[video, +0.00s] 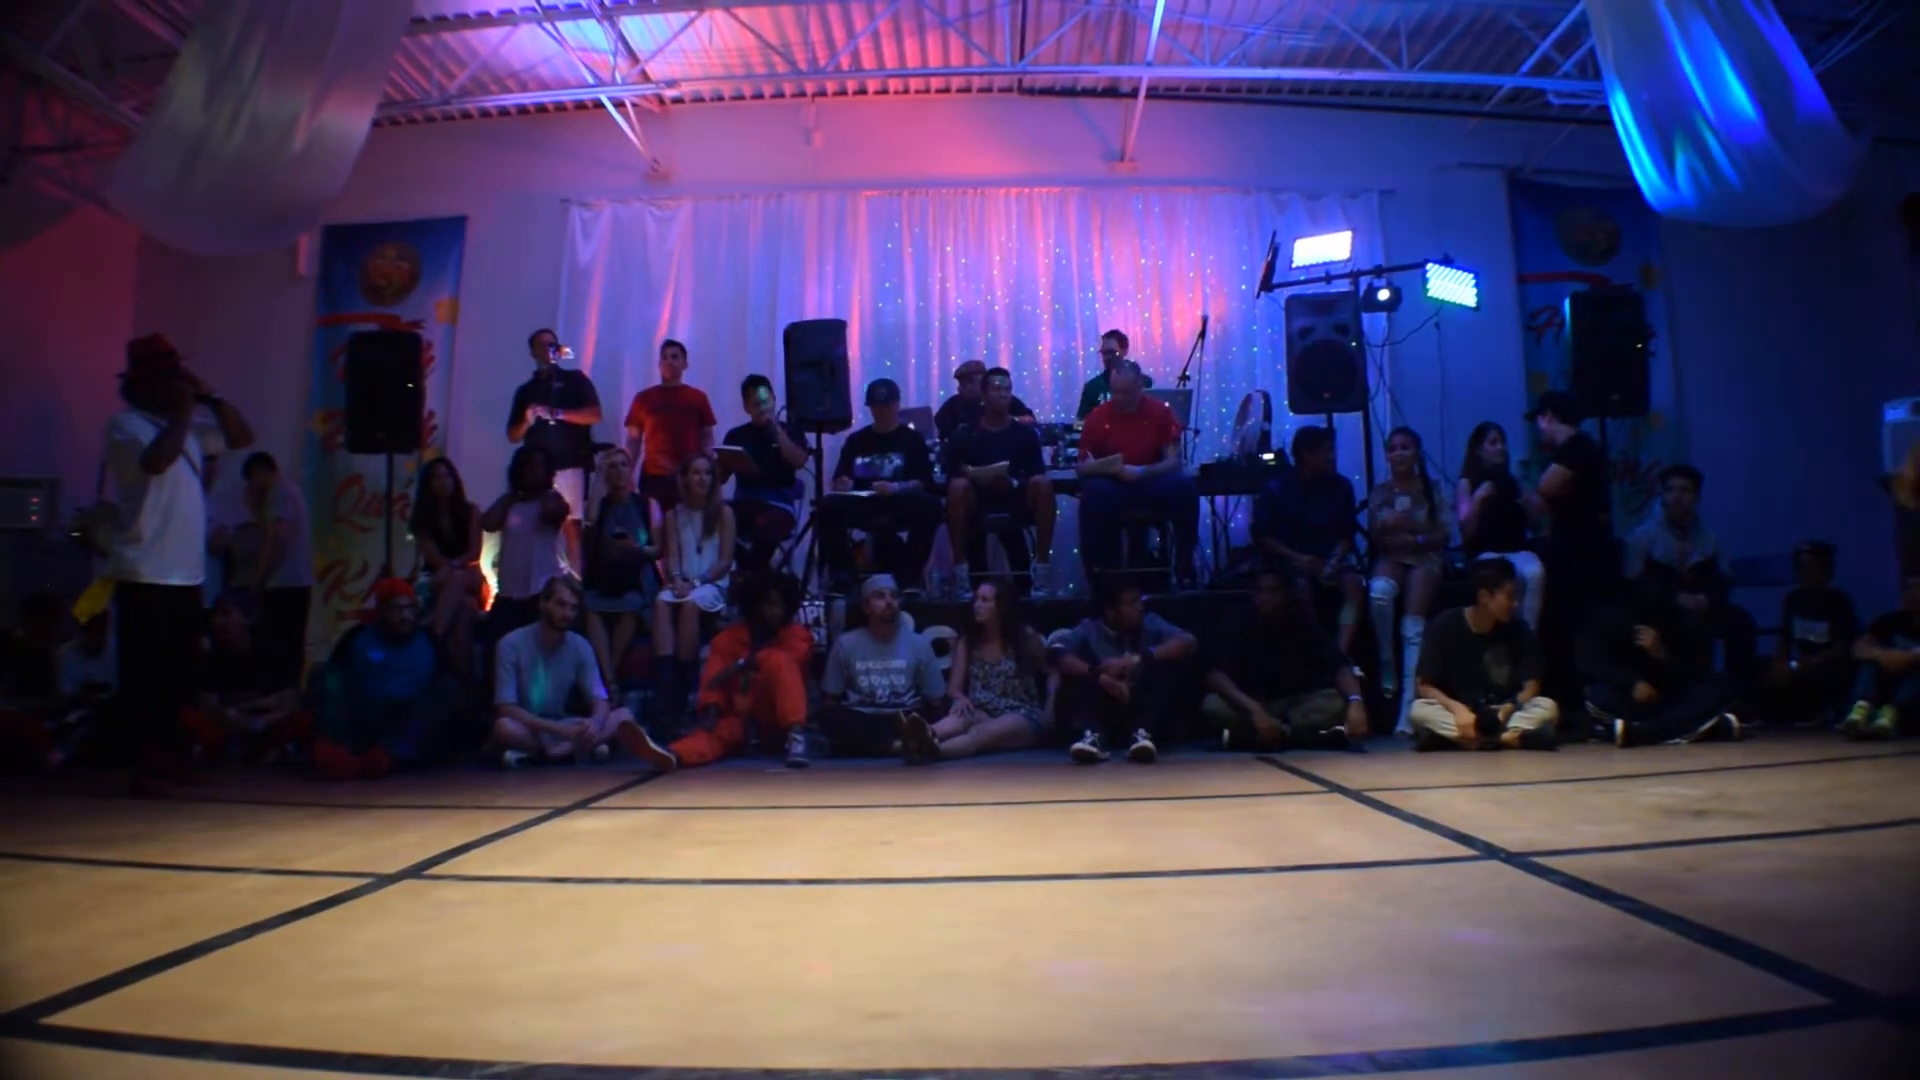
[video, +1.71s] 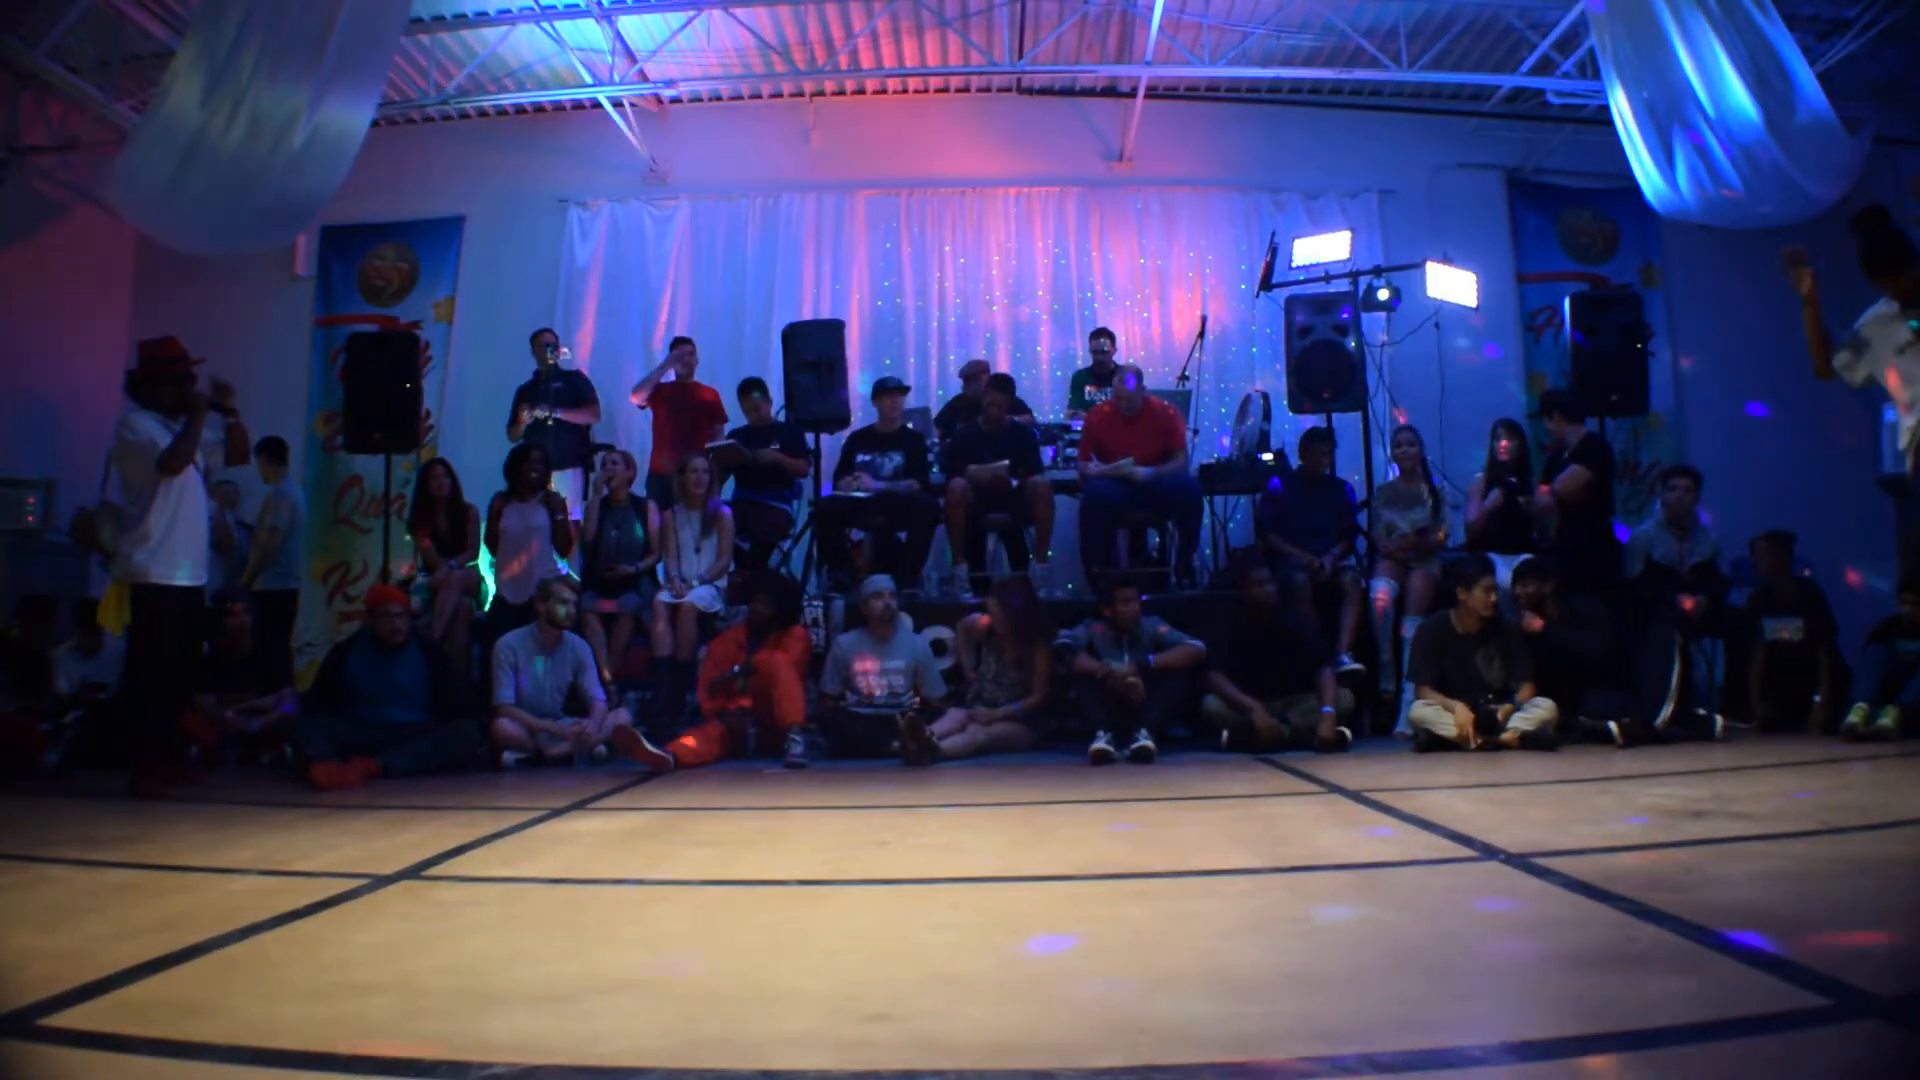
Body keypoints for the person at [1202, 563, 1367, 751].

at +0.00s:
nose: (1264, 598)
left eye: (1271, 591)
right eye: (1260, 591)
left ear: (1287, 594)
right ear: (1254, 595)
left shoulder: (1304, 627)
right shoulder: (1246, 629)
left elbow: (1340, 669)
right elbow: (1216, 675)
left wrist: (1355, 703)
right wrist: (1256, 711)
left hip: (1300, 701)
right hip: (1252, 703)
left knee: (1334, 703)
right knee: (1212, 704)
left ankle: (1258, 738)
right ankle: (1307, 738)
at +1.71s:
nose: (1268, 590)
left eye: (1270, 583)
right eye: (1259, 585)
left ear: (1276, 585)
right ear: (1245, 591)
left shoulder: (1293, 621)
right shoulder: (1235, 627)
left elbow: (1323, 668)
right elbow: (1214, 675)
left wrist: (1328, 713)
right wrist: (1255, 709)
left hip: (1296, 699)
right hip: (1249, 703)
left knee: (1344, 698)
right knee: (1211, 705)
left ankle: (1255, 738)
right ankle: (1311, 738)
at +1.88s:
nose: (1269, 589)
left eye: (1270, 582)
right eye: (1260, 584)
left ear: (1276, 585)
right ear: (1245, 591)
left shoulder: (1293, 621)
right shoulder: (1234, 627)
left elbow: (1326, 668)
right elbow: (1214, 675)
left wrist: (1316, 712)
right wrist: (1256, 710)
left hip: (1296, 699)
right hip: (1248, 703)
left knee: (1344, 698)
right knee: (1211, 706)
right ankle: (1306, 736)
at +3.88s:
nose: (1236, 601)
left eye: (1244, 594)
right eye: (1234, 594)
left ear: (1264, 595)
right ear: (1230, 594)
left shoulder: (1291, 623)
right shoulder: (1229, 628)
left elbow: (1329, 671)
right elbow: (1213, 676)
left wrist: (1304, 715)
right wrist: (1254, 709)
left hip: (1294, 698)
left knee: (1343, 698)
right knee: (1211, 706)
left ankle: (1254, 741)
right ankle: (1310, 740)